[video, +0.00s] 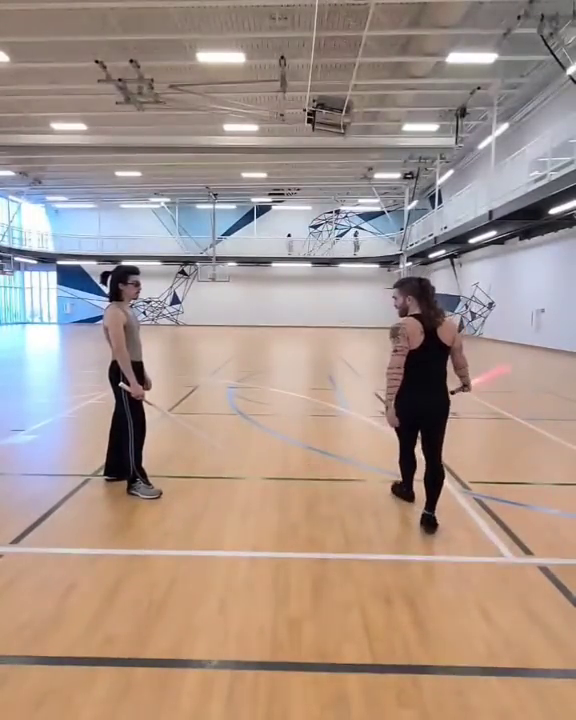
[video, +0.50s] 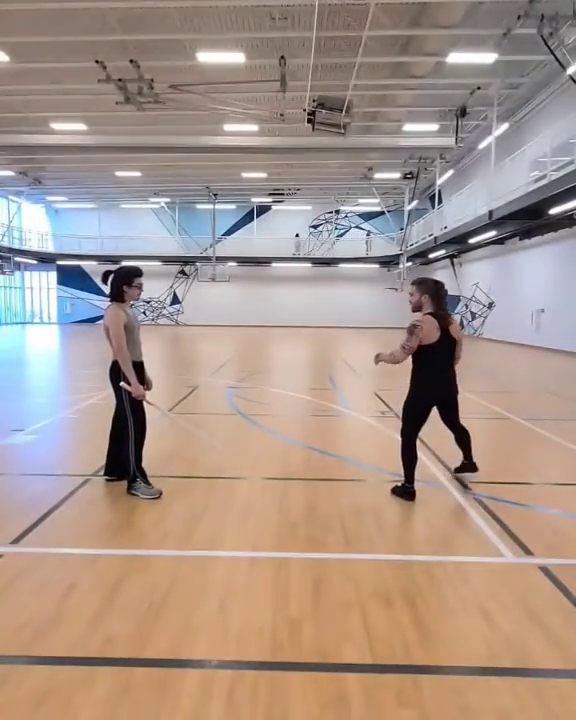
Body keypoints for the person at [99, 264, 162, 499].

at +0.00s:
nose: (138, 289)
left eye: (139, 285)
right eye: (134, 285)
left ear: (133, 287)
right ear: (120, 286)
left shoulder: (127, 311)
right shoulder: (114, 313)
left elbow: (133, 346)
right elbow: (119, 350)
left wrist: (143, 373)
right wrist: (132, 381)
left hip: (132, 369)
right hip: (123, 372)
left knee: (123, 421)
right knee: (136, 424)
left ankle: (114, 468)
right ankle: (136, 479)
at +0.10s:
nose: (138, 289)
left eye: (139, 285)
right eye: (134, 285)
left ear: (133, 287)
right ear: (120, 286)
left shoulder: (127, 310)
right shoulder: (114, 313)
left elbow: (133, 346)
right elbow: (119, 350)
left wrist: (143, 373)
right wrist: (132, 382)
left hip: (132, 369)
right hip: (123, 372)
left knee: (123, 421)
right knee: (136, 424)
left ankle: (114, 468)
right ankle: (135, 480)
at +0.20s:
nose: (138, 289)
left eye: (139, 285)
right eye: (134, 285)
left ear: (133, 287)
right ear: (120, 286)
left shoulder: (127, 311)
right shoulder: (115, 313)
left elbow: (133, 347)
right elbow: (119, 350)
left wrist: (143, 373)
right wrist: (133, 382)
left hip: (132, 369)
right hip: (123, 372)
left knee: (123, 422)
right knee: (136, 424)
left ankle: (114, 468)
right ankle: (135, 480)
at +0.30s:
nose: (139, 289)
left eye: (140, 285)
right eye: (134, 285)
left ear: (134, 288)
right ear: (120, 286)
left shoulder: (127, 310)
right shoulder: (115, 313)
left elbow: (134, 346)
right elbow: (120, 350)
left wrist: (143, 373)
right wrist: (133, 382)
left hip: (132, 369)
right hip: (123, 372)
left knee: (123, 422)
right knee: (136, 425)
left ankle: (114, 468)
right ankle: (135, 480)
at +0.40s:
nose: (140, 290)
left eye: (140, 286)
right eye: (135, 285)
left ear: (133, 288)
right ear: (122, 286)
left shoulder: (127, 311)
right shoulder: (115, 313)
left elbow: (134, 347)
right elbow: (119, 350)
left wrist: (143, 373)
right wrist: (133, 381)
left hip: (132, 369)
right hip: (124, 372)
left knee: (123, 422)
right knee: (136, 424)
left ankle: (114, 468)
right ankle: (135, 480)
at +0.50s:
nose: (140, 290)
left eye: (141, 286)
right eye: (136, 286)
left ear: (132, 289)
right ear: (123, 287)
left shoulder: (127, 311)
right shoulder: (115, 313)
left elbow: (134, 347)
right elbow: (120, 351)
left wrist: (144, 373)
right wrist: (133, 381)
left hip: (132, 369)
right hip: (124, 372)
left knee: (123, 422)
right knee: (137, 425)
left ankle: (114, 468)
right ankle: (135, 480)